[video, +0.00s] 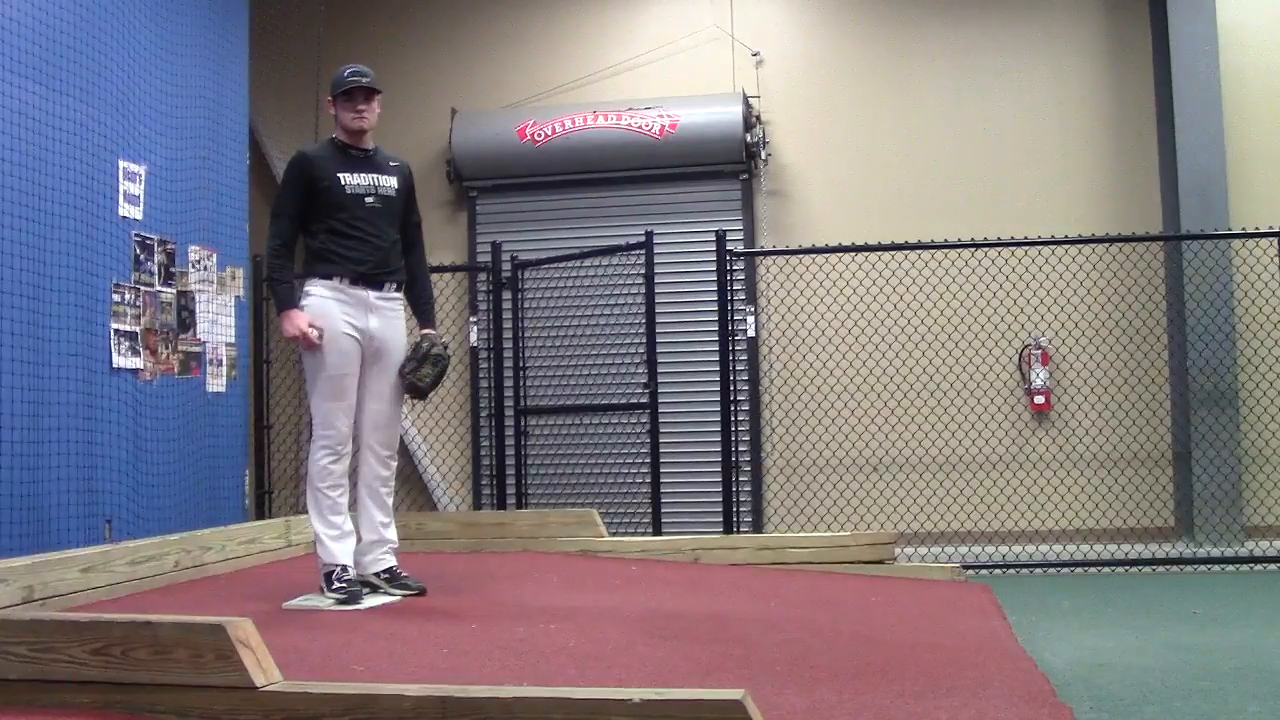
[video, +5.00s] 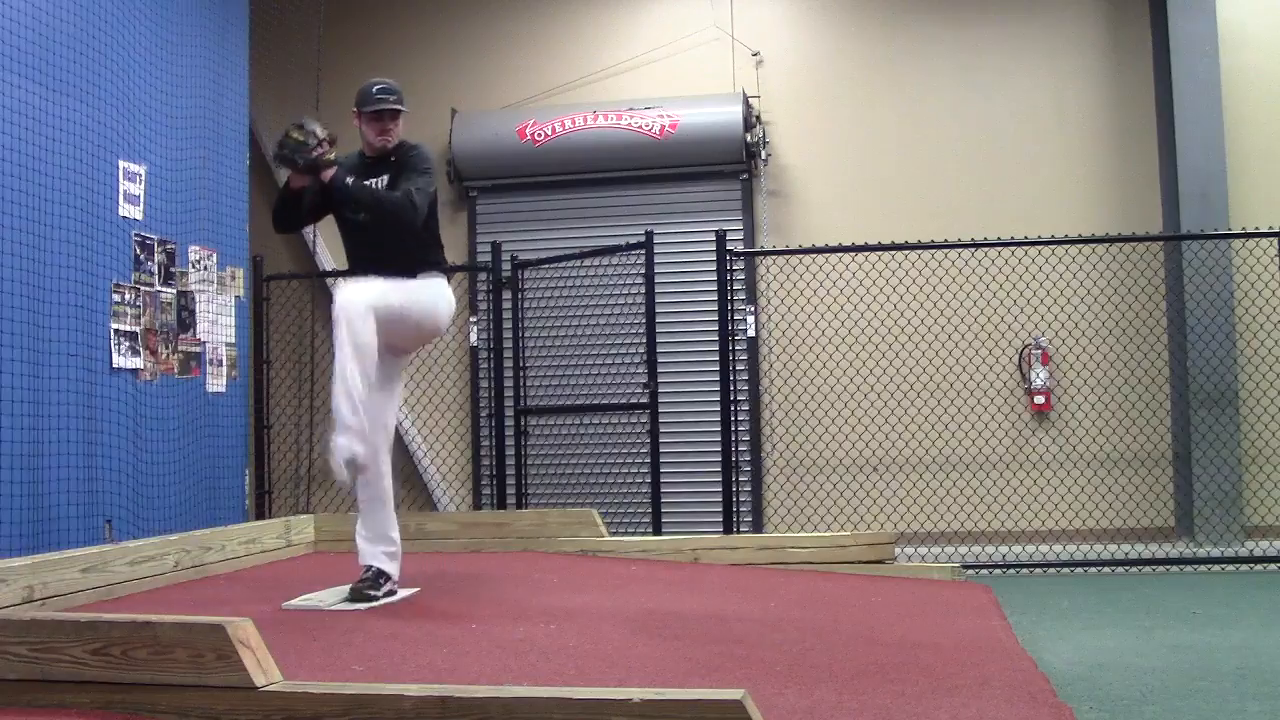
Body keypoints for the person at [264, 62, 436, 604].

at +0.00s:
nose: (361, 106)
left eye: (368, 98)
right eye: (351, 99)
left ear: (380, 106)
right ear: (332, 107)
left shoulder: (398, 171)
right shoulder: (309, 163)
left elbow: (413, 252)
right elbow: (279, 243)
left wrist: (426, 321)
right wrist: (288, 306)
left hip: (390, 308)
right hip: (329, 303)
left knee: (381, 441)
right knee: (334, 438)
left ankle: (378, 561)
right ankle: (336, 565)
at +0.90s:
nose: (369, 111)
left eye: (376, 102)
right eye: (359, 103)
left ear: (386, 109)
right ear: (339, 109)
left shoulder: (401, 172)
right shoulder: (315, 162)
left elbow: (417, 254)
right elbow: (280, 243)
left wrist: (428, 324)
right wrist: (285, 223)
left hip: (395, 309)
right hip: (337, 304)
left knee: (381, 444)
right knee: (337, 441)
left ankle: (378, 561)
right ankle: (336, 564)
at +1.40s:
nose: (373, 112)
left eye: (380, 104)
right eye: (363, 104)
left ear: (390, 110)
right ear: (344, 109)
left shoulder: (403, 176)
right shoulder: (320, 161)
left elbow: (416, 256)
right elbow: (294, 228)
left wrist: (426, 325)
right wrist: (364, 218)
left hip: (395, 308)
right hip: (338, 302)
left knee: (381, 441)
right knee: (338, 438)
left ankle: (377, 562)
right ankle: (337, 565)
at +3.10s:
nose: (391, 111)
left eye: (393, 103)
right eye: (381, 102)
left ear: (392, 110)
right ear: (352, 106)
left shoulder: (403, 172)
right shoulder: (319, 162)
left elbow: (415, 244)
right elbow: (301, 235)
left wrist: (421, 246)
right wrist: (376, 231)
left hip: (392, 308)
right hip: (337, 304)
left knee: (379, 439)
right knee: (338, 437)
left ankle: (376, 561)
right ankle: (336, 565)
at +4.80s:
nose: (395, 125)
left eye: (402, 116)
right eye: (385, 116)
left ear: (411, 121)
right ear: (365, 120)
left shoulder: (422, 166)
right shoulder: (341, 174)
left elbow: (421, 232)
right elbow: (308, 241)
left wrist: (345, 218)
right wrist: (297, 212)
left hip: (417, 311)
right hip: (360, 317)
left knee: (385, 410)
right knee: (361, 435)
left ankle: (415, 544)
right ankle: (379, 568)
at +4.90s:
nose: (391, 125)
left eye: (398, 117)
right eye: (381, 117)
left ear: (408, 121)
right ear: (362, 120)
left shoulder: (417, 163)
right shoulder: (340, 173)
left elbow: (413, 223)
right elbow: (296, 232)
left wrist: (338, 199)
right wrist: (303, 196)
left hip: (420, 298)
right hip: (365, 308)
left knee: (361, 362)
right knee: (368, 427)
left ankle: (379, 515)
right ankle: (381, 566)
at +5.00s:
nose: (385, 126)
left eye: (392, 117)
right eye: (375, 118)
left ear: (403, 120)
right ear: (357, 121)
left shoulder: (415, 159)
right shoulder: (341, 171)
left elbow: (408, 213)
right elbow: (287, 222)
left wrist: (335, 181)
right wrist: (298, 180)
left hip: (427, 294)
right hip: (369, 305)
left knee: (351, 297)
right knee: (369, 440)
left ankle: (351, 442)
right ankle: (380, 566)